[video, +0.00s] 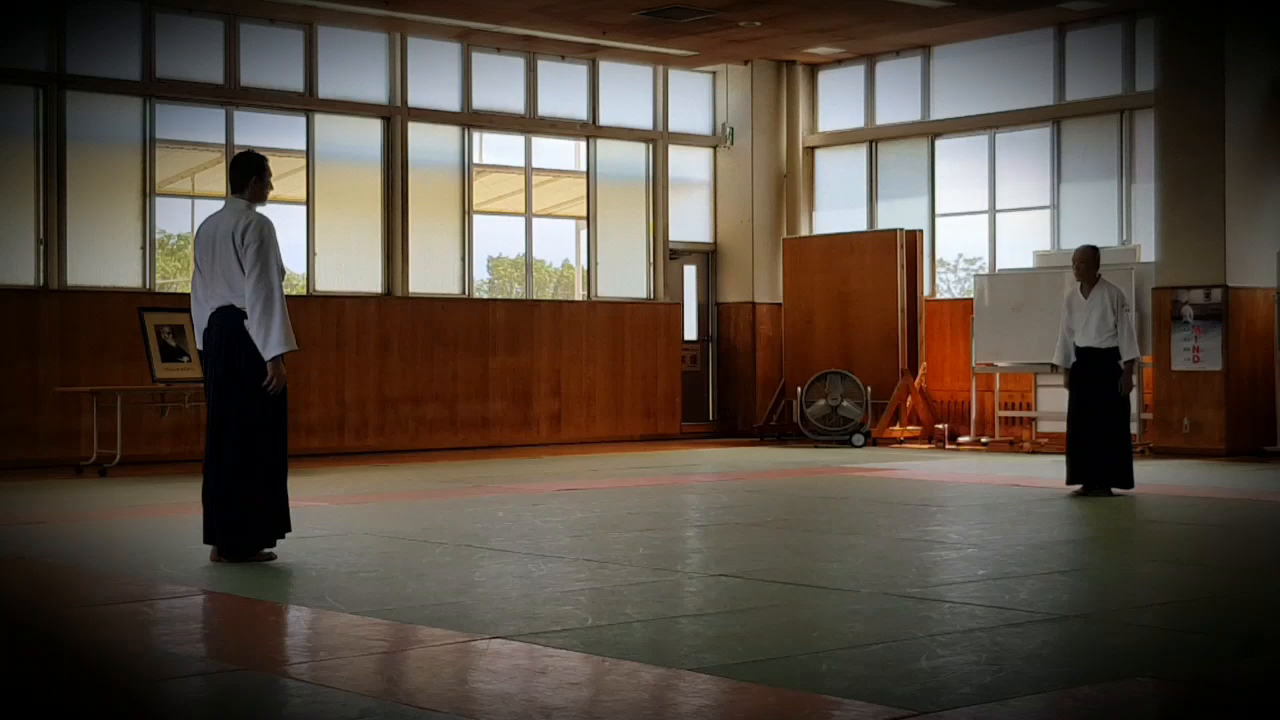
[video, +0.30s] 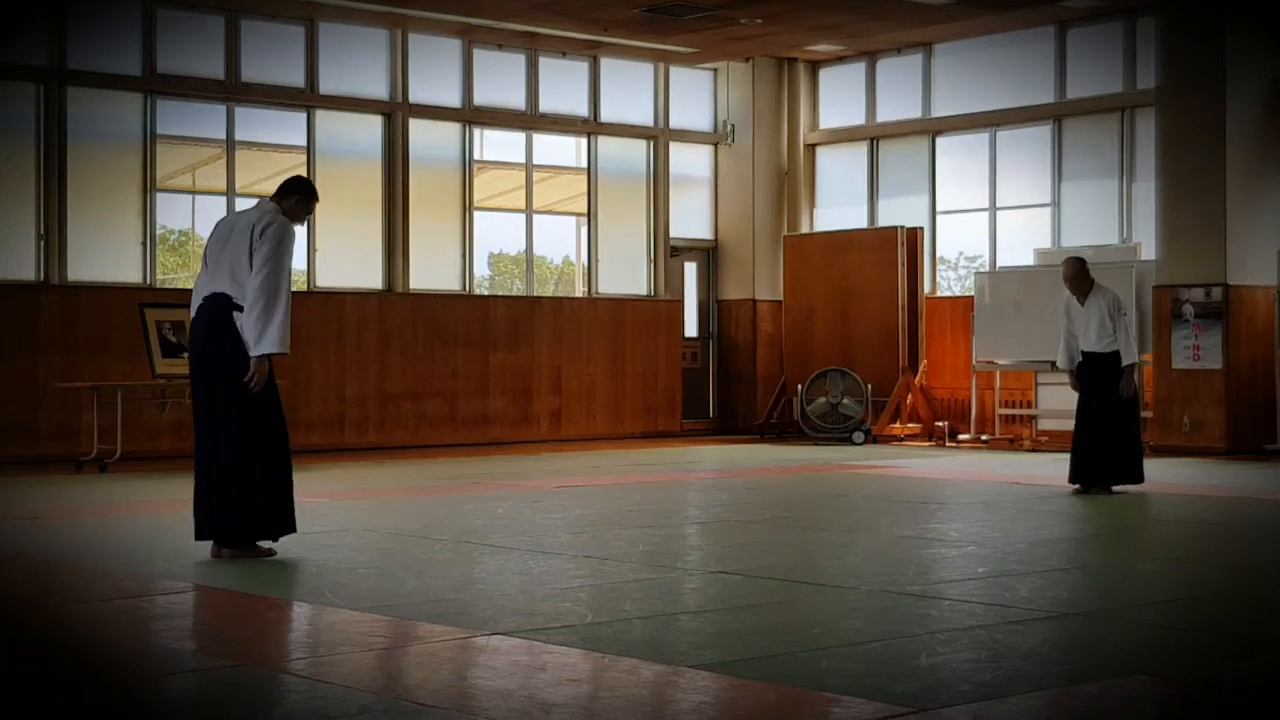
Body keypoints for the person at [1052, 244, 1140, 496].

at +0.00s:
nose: (1075, 268)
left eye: (1081, 263)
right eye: (1074, 264)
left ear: (1096, 265)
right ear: (1073, 266)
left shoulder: (1113, 294)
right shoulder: (1072, 297)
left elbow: (1126, 332)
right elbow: (1065, 334)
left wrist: (1128, 371)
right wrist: (1065, 368)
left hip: (1107, 361)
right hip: (1082, 362)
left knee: (1106, 422)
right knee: (1083, 421)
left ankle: (1104, 482)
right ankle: (1087, 481)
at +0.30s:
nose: (1068, 286)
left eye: (1072, 280)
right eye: (1066, 281)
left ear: (1086, 275)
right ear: (1064, 280)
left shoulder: (1109, 298)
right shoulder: (1069, 303)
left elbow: (1125, 335)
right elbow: (1068, 337)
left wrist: (1129, 373)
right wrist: (1070, 370)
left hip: (1111, 363)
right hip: (1087, 364)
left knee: (1108, 422)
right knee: (1087, 421)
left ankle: (1105, 480)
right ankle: (1086, 479)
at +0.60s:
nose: (1059, 287)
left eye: (1062, 282)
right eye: (1057, 283)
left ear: (1077, 278)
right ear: (1057, 282)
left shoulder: (1101, 299)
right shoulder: (1062, 303)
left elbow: (1118, 335)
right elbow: (1061, 338)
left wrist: (1124, 371)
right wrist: (1065, 369)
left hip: (1105, 364)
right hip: (1081, 364)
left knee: (1102, 421)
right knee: (1081, 421)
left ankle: (1099, 479)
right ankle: (1080, 478)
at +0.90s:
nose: (1056, 282)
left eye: (1060, 276)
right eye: (1054, 277)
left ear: (1075, 272)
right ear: (1052, 277)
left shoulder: (1098, 296)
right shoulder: (1058, 301)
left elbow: (1114, 333)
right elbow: (1057, 335)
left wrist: (1118, 371)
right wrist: (1060, 368)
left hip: (1100, 361)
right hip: (1076, 362)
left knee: (1098, 420)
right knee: (1077, 419)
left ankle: (1095, 477)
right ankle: (1076, 476)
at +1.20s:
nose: (1059, 275)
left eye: (1063, 270)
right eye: (1057, 270)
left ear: (1079, 267)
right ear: (1057, 271)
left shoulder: (1101, 292)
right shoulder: (1061, 295)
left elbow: (1114, 331)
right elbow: (1058, 331)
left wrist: (1118, 367)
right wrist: (1059, 366)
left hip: (1100, 358)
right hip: (1076, 359)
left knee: (1100, 418)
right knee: (1078, 417)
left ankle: (1098, 475)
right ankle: (1080, 474)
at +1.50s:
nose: (1058, 266)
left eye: (1062, 261)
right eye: (1056, 261)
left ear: (1078, 261)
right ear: (1059, 263)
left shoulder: (1097, 289)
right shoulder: (1060, 291)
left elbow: (1107, 329)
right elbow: (1054, 328)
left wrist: (1106, 366)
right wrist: (1051, 362)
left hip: (1093, 356)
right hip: (1068, 357)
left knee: (1096, 418)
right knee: (1067, 417)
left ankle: (1099, 475)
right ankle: (1070, 472)